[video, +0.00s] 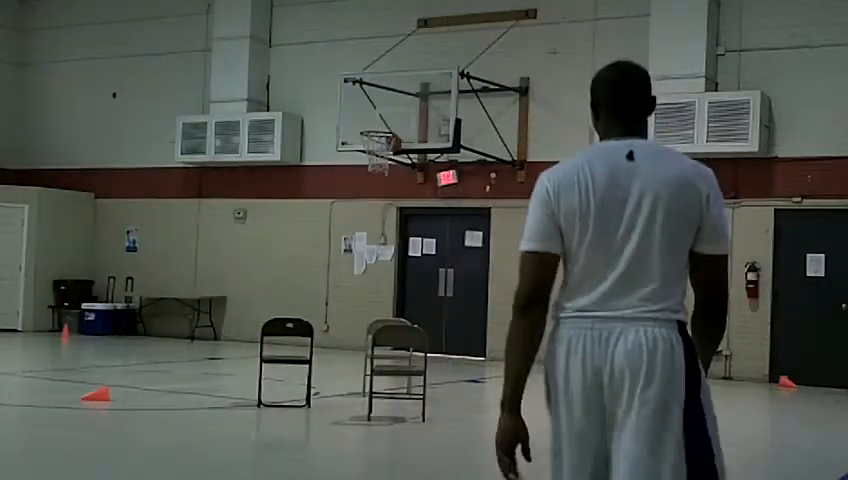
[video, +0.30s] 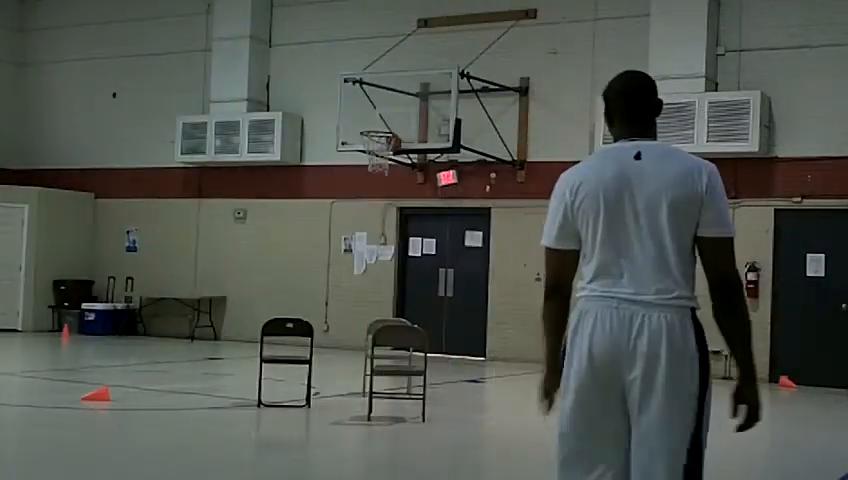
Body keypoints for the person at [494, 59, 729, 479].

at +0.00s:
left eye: (594, 110)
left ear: (594, 113)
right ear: (652, 108)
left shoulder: (558, 181)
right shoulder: (694, 178)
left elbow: (530, 300)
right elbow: (712, 301)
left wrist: (509, 408)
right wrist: (693, 367)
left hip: (574, 350)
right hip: (657, 353)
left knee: (577, 473)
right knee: (655, 473)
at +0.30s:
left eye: (608, 110)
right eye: (659, 105)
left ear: (607, 116)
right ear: (659, 111)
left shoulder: (576, 179)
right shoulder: (698, 174)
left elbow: (557, 286)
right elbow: (723, 284)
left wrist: (552, 364)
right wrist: (746, 373)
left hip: (594, 337)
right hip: (669, 339)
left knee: (588, 468)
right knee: (665, 469)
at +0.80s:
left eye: (662, 144)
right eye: (700, 143)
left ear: (656, 149)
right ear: (702, 148)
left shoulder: (625, 199)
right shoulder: (729, 202)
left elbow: (606, 290)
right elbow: (742, 299)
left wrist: (589, 366)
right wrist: (752, 375)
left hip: (636, 333)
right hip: (700, 334)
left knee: (630, 458)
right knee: (691, 459)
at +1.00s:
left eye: (664, 148)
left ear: (664, 153)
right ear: (706, 153)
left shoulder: (636, 202)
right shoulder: (736, 204)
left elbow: (611, 281)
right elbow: (753, 288)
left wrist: (598, 360)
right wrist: (748, 346)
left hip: (646, 328)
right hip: (706, 330)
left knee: (650, 445)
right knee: (694, 452)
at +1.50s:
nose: (666, 171)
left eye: (667, 166)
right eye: (668, 166)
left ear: (672, 168)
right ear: (706, 168)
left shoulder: (654, 211)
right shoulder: (738, 210)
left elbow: (631, 285)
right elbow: (757, 286)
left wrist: (628, 332)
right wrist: (770, 349)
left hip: (666, 323)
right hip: (720, 325)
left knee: (671, 432)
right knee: (725, 431)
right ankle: (723, 479)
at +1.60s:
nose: (672, 180)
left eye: (673, 174)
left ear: (676, 175)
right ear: (711, 175)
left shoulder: (659, 216)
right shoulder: (741, 214)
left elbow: (634, 284)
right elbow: (759, 287)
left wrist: (634, 322)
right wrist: (774, 352)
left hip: (670, 321)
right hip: (723, 324)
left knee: (672, 431)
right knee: (727, 428)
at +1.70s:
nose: (679, 188)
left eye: (681, 183)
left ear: (684, 184)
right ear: (716, 184)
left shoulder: (667, 222)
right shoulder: (746, 222)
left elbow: (640, 289)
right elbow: (763, 292)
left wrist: (639, 322)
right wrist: (776, 356)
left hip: (674, 326)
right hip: (727, 330)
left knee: (674, 433)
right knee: (726, 431)